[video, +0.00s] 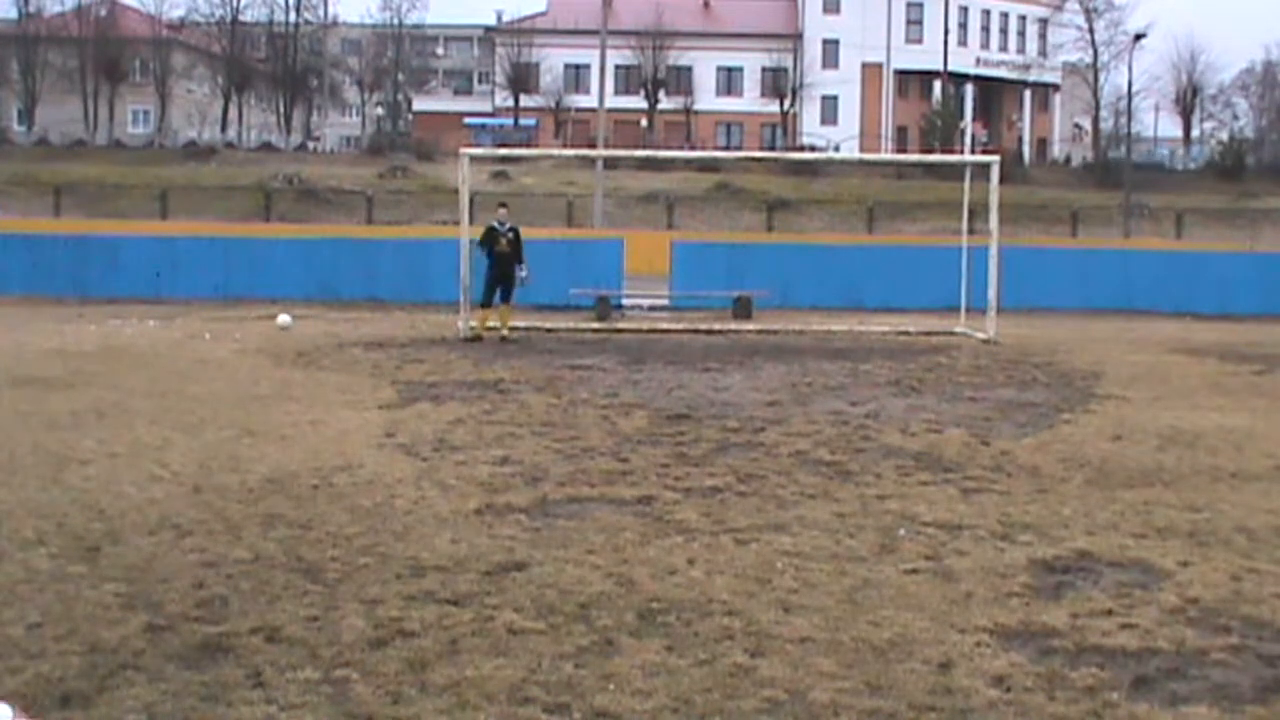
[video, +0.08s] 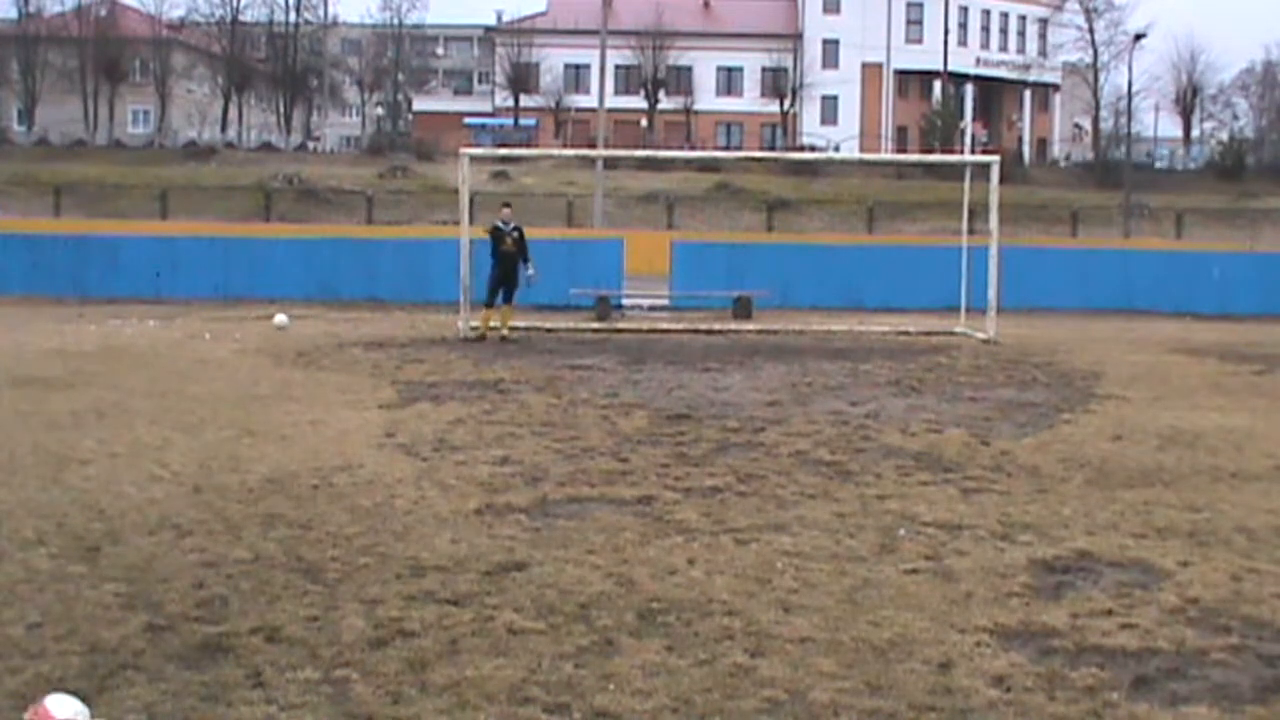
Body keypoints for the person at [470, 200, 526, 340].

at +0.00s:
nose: (503, 216)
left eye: (505, 213)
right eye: (500, 213)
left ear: (508, 214)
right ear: (496, 214)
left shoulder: (514, 231)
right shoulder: (491, 230)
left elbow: (518, 250)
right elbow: (482, 244)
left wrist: (521, 265)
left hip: (509, 268)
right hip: (494, 268)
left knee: (506, 300)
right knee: (487, 300)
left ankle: (504, 327)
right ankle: (481, 328)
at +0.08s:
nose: (507, 215)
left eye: (509, 212)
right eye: (504, 212)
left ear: (512, 214)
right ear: (500, 214)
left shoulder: (517, 231)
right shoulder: (495, 230)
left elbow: (523, 250)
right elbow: (496, 246)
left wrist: (527, 265)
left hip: (512, 268)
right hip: (498, 268)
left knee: (508, 301)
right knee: (490, 300)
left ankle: (504, 329)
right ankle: (483, 329)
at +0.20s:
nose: (516, 215)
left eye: (517, 212)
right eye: (513, 212)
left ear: (519, 214)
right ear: (507, 213)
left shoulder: (523, 230)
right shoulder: (503, 229)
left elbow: (530, 249)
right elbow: (497, 232)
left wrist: (535, 264)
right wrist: (496, 227)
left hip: (517, 268)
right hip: (504, 267)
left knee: (511, 301)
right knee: (500, 301)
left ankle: (505, 329)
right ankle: (497, 329)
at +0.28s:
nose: (523, 215)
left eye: (524, 213)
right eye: (521, 212)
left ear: (524, 214)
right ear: (514, 214)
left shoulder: (527, 230)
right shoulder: (508, 229)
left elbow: (533, 250)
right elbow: (501, 232)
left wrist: (541, 265)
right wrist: (502, 226)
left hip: (521, 266)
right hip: (508, 266)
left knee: (513, 301)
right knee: (509, 301)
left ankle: (507, 331)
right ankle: (505, 332)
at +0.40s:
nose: (533, 219)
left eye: (533, 216)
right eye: (531, 216)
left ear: (532, 218)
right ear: (525, 216)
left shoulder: (532, 232)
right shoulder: (516, 230)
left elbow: (540, 250)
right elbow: (510, 233)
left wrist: (549, 266)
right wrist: (509, 228)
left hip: (526, 267)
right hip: (515, 267)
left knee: (515, 300)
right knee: (522, 298)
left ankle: (505, 329)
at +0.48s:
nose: (539, 221)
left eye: (539, 218)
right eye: (537, 218)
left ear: (536, 218)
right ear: (532, 218)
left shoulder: (538, 234)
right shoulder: (521, 231)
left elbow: (545, 251)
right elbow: (517, 235)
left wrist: (555, 268)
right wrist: (515, 230)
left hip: (530, 270)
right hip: (521, 269)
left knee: (517, 301)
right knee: (530, 301)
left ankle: (505, 329)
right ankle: (540, 333)